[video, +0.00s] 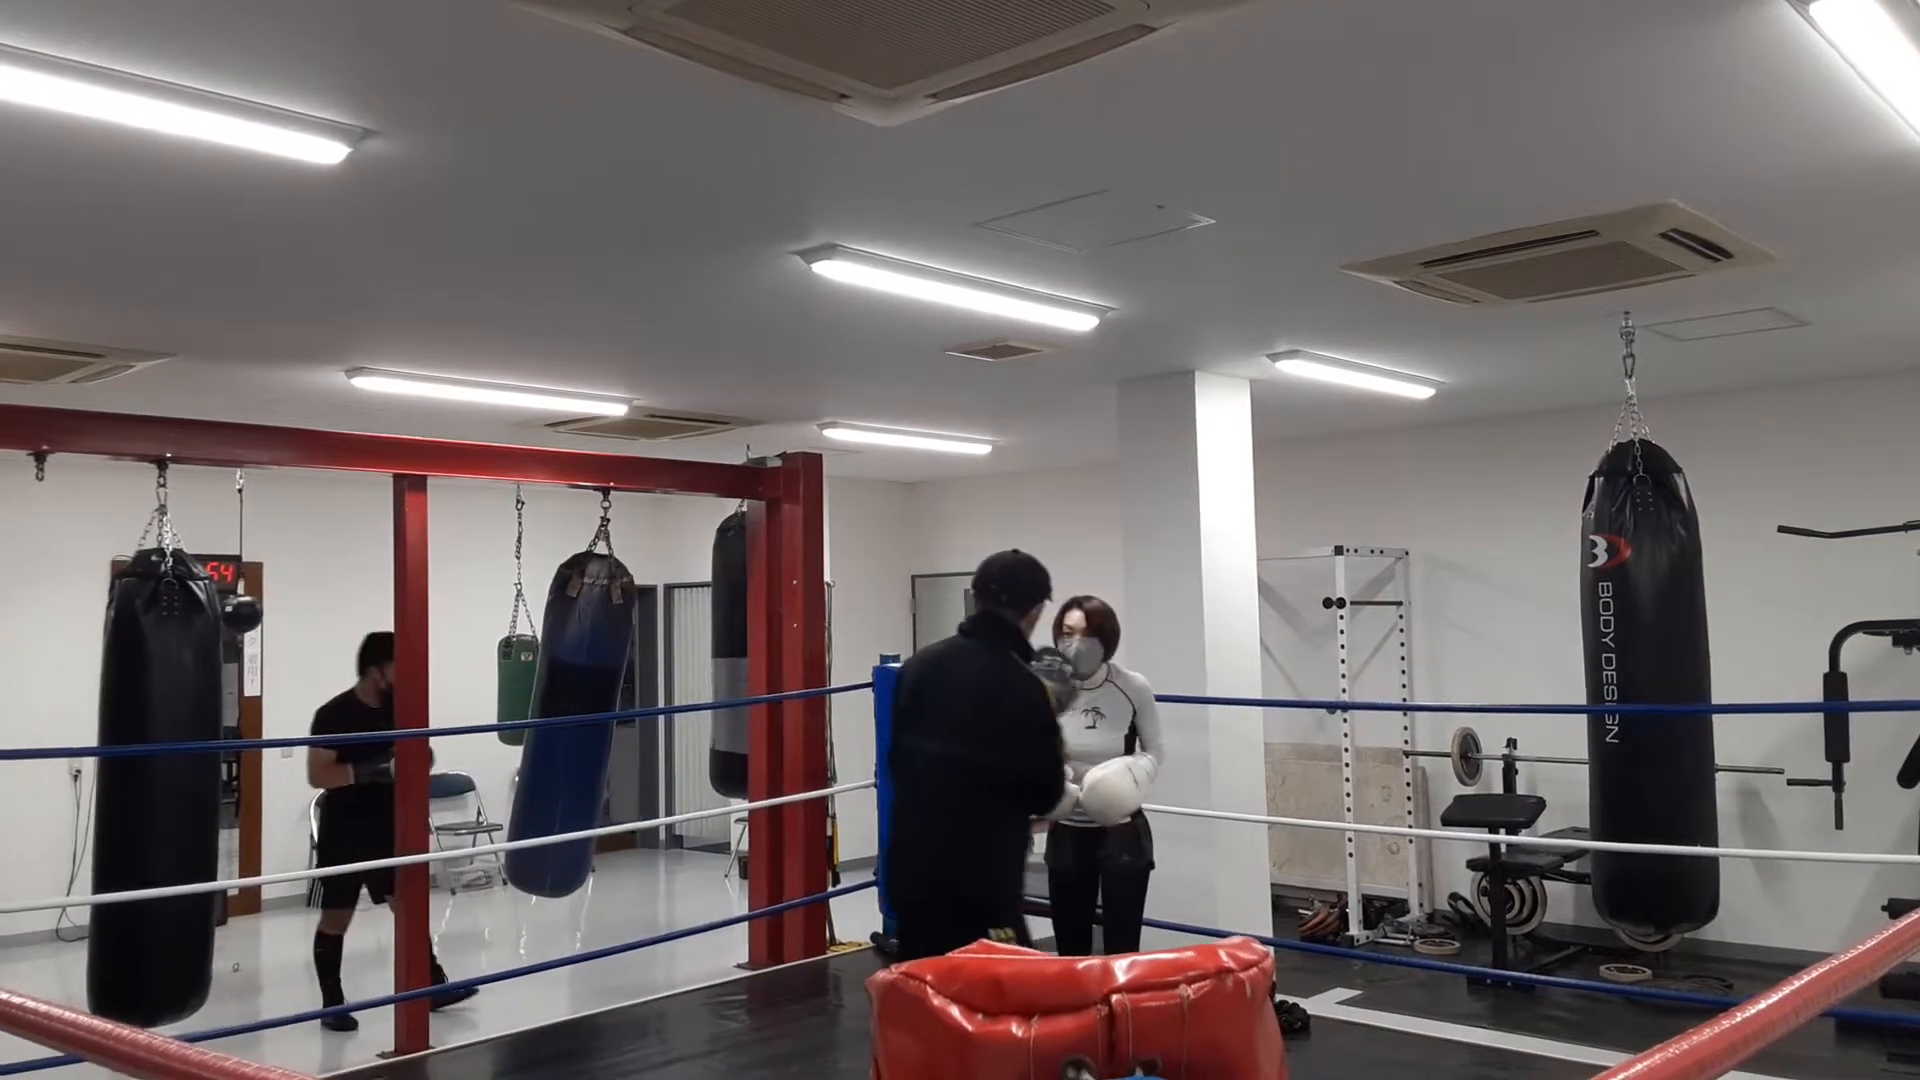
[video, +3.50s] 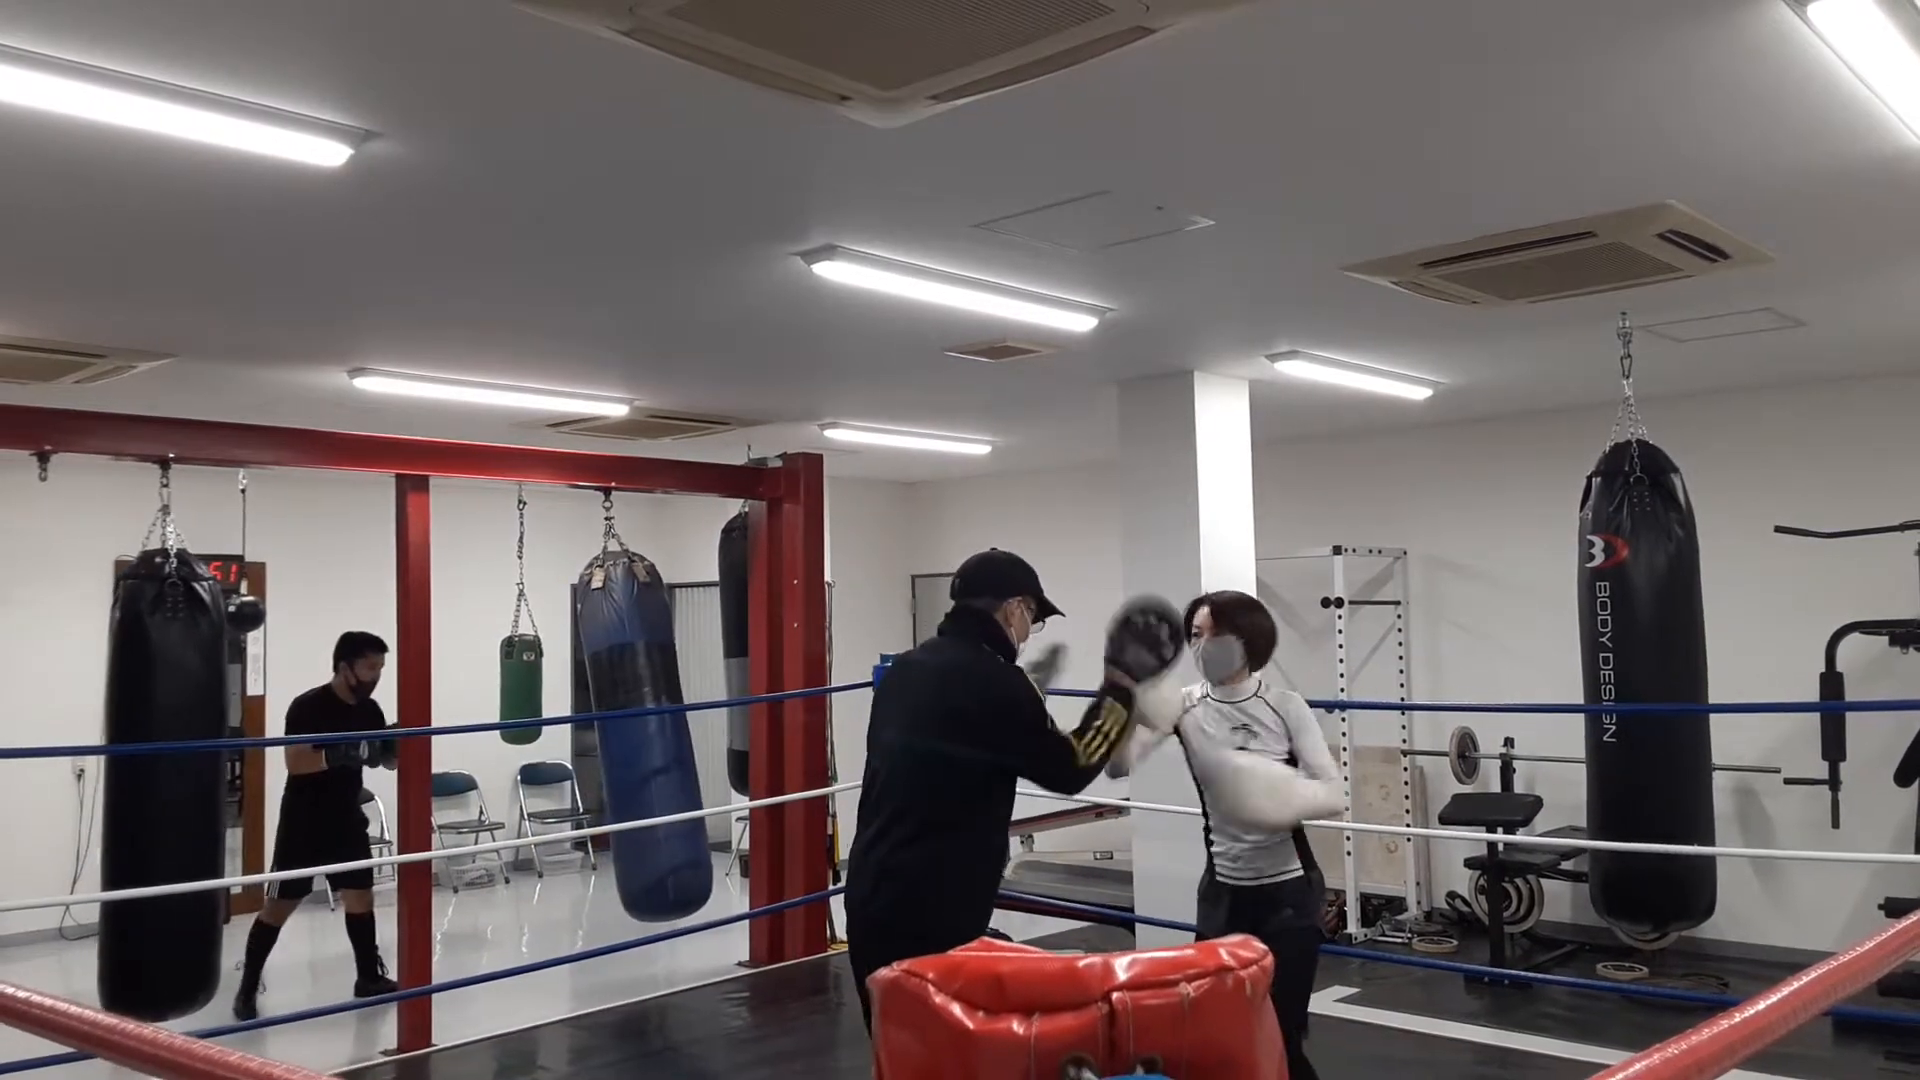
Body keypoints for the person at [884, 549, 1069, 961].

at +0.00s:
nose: (1040, 622)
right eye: (1041, 613)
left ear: (976, 597)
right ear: (1033, 613)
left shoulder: (919, 667)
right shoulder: (1024, 688)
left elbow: (899, 764)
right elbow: (1043, 795)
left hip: (914, 864)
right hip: (986, 872)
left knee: (921, 997)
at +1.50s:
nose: (1022, 613)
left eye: (1024, 602)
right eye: (1022, 601)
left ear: (961, 593)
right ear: (1009, 599)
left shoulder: (918, 661)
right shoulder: (1001, 659)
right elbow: (1078, 767)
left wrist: (1055, 695)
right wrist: (1091, 690)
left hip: (929, 874)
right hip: (995, 879)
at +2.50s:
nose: (1051, 623)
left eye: (1053, 611)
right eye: (1051, 610)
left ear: (988, 602)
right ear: (1035, 608)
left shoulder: (936, 660)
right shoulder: (1017, 667)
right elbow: (1094, 764)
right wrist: (1111, 673)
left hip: (918, 879)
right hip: (979, 886)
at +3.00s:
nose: (1016, 621)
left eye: (1018, 609)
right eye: (1016, 608)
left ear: (947, 603)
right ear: (999, 606)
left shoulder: (899, 668)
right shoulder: (1004, 680)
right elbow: (1068, 795)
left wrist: (1047, 694)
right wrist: (1098, 694)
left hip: (892, 896)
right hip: (971, 903)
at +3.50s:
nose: (1030, 632)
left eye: (1034, 619)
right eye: (1031, 617)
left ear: (960, 605)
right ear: (1010, 610)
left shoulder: (902, 670)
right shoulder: (996, 683)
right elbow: (1071, 770)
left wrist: (1021, 687)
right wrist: (1119, 689)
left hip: (872, 902)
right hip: (943, 910)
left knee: (894, 1053)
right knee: (947, 1054)